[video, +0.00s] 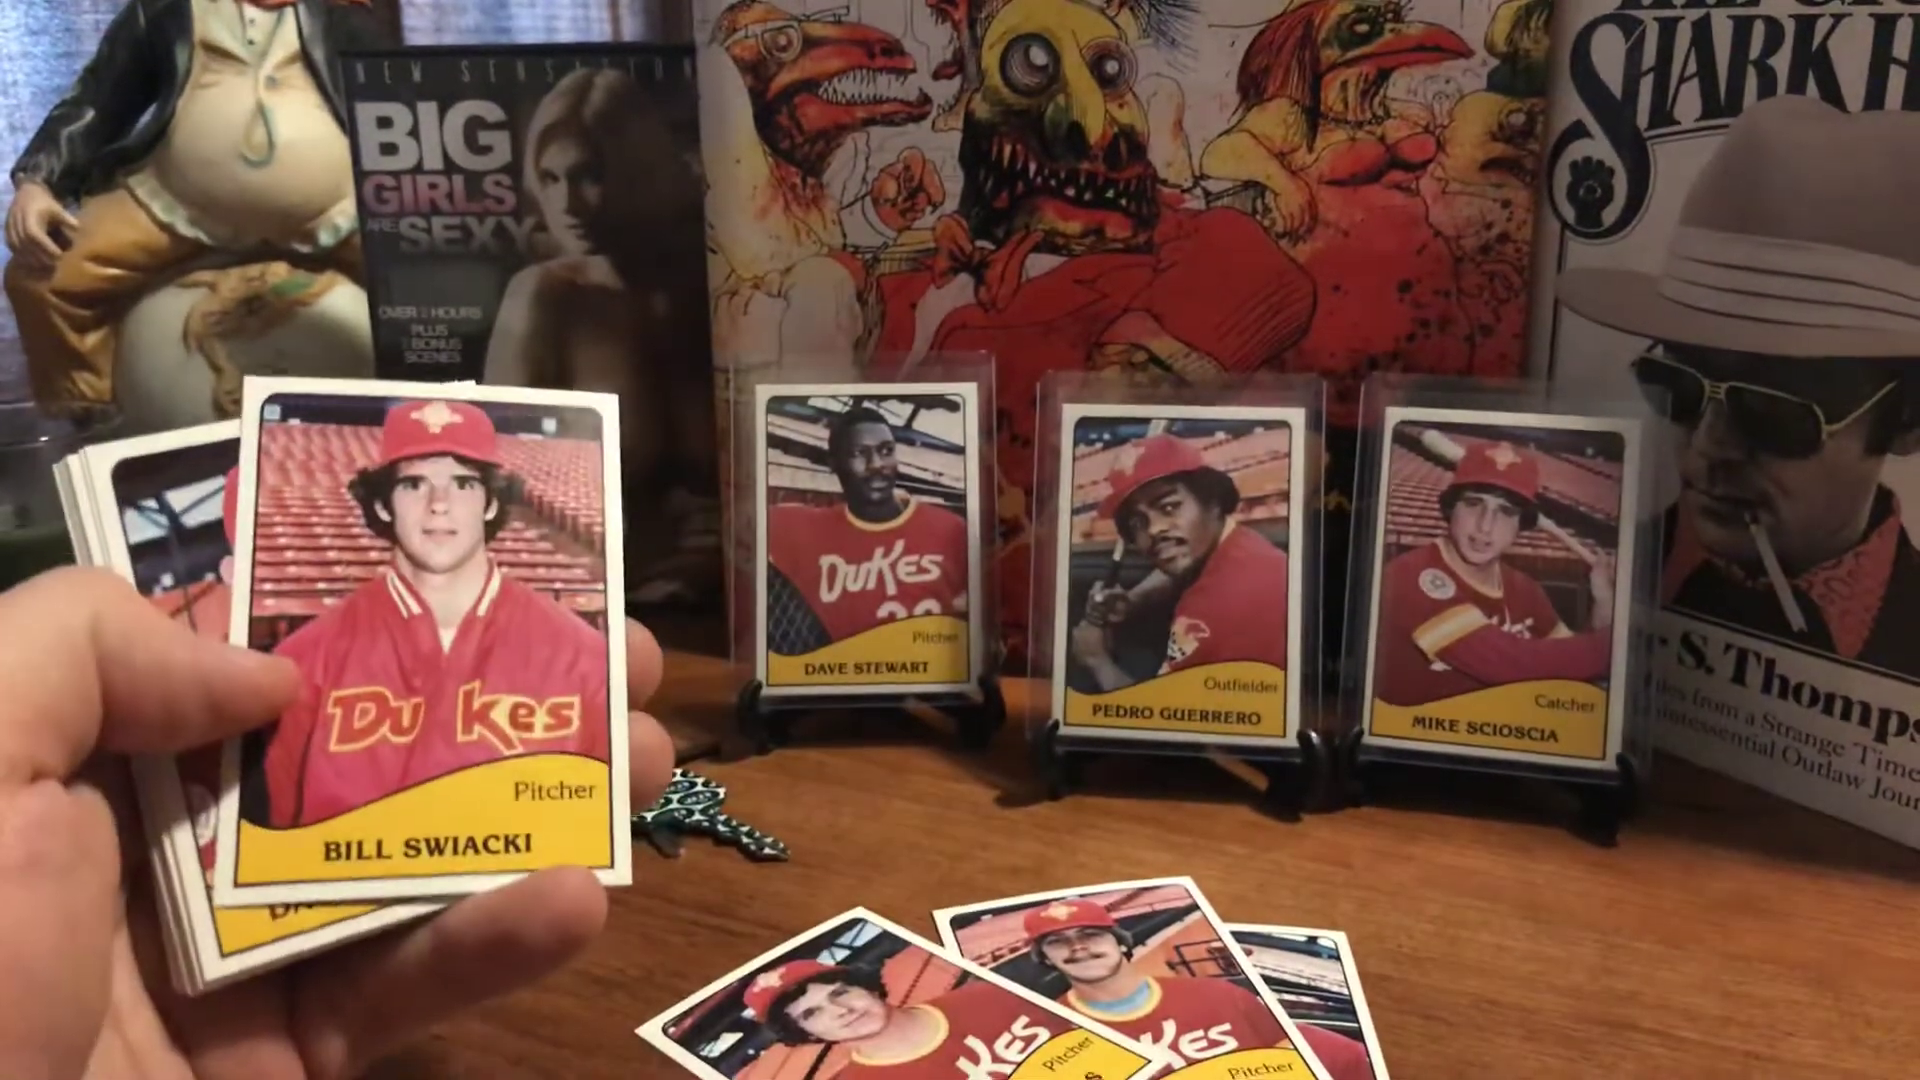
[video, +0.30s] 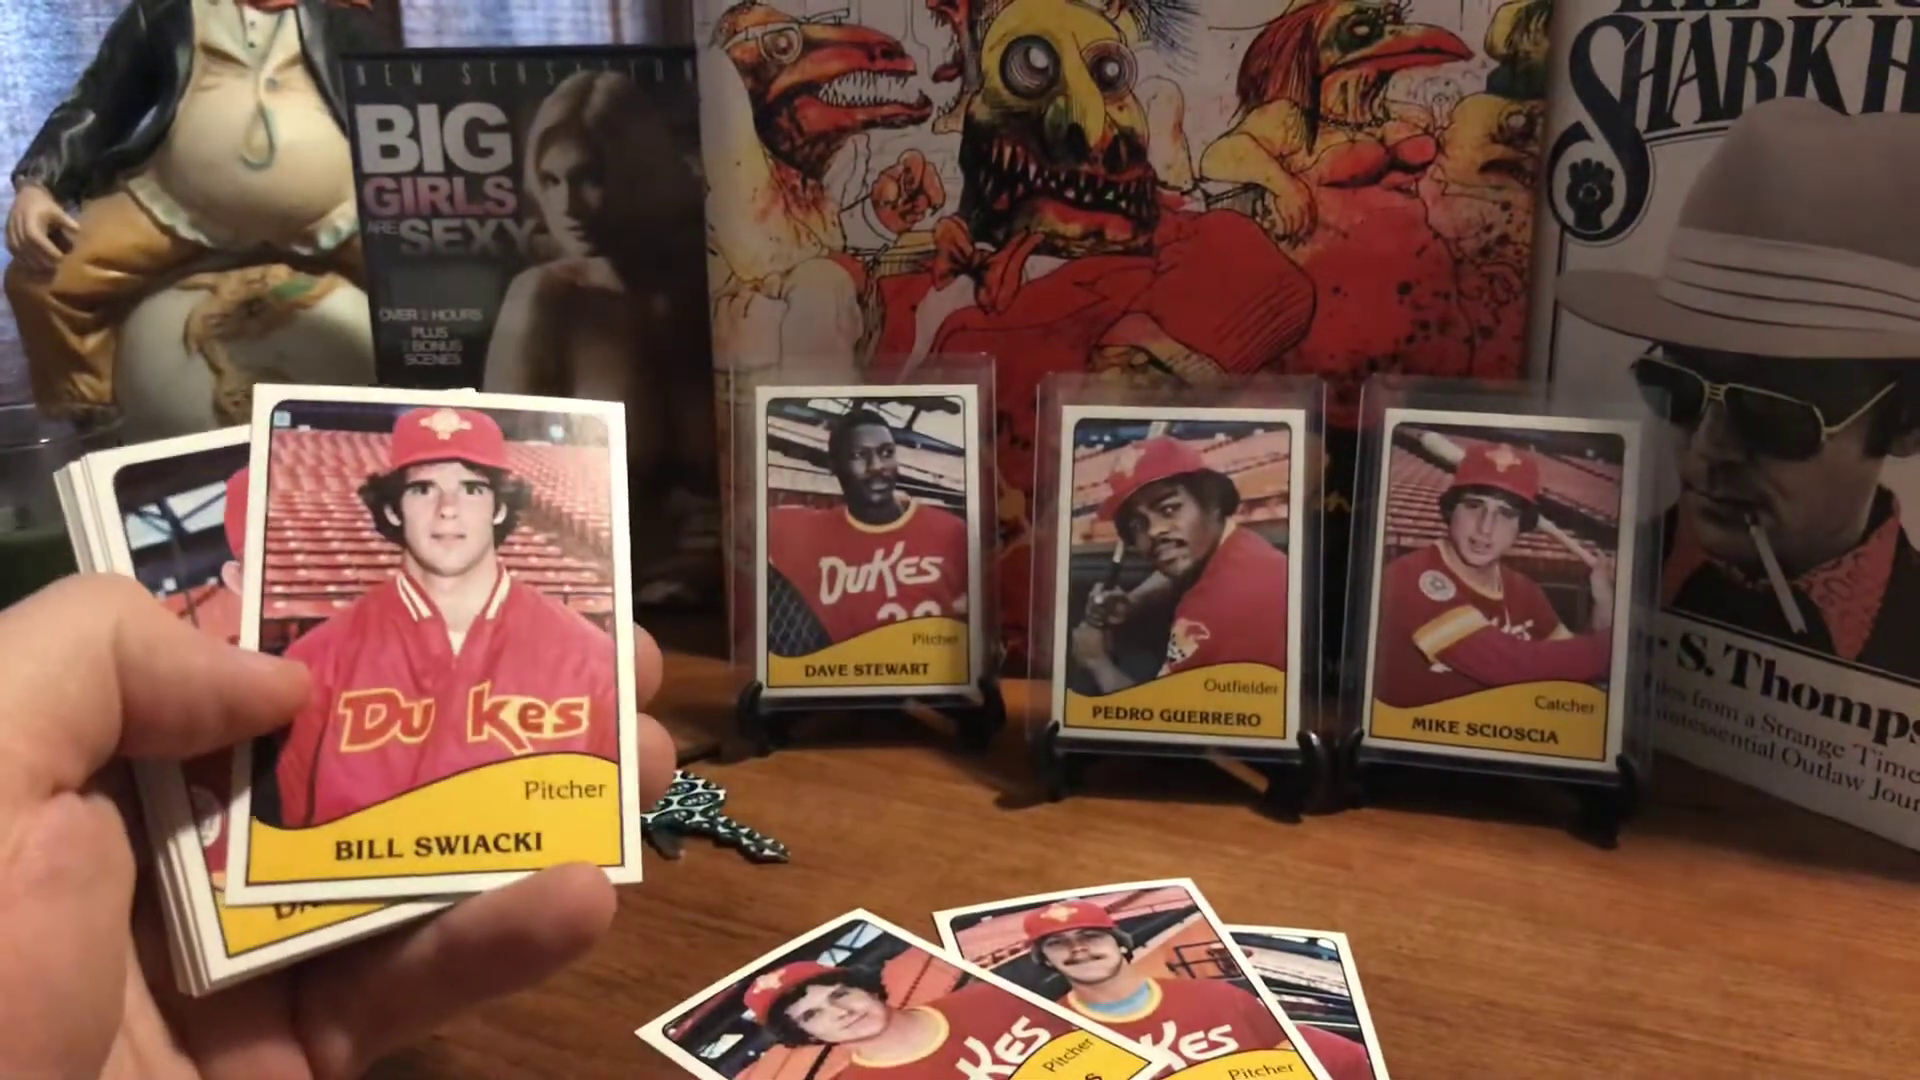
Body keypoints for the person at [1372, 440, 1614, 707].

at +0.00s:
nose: (1485, 525)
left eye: (1505, 511)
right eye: (1473, 503)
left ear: (1520, 525)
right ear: (1450, 507)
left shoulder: (1523, 590)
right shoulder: (1414, 576)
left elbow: (1578, 670)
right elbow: (1504, 664)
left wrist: (1604, 606)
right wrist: (1617, 640)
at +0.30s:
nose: (1485, 527)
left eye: (1504, 513)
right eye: (1474, 506)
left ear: (1520, 527)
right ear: (1450, 509)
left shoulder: (1523, 591)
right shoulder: (1414, 578)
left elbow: (1577, 671)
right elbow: (1505, 665)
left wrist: (1604, 607)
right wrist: (1616, 643)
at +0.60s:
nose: (1485, 527)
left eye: (1504, 513)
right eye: (1474, 506)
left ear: (1520, 527)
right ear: (1450, 510)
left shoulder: (1522, 592)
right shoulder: (1413, 578)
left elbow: (1576, 674)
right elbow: (1505, 665)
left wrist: (1603, 608)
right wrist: (1618, 640)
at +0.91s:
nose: (1485, 525)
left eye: (1504, 511)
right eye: (1474, 504)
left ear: (1519, 526)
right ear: (1450, 509)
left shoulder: (1523, 590)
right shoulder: (1413, 576)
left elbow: (1576, 671)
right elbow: (1504, 663)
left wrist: (1603, 606)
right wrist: (1617, 640)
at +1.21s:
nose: (1484, 525)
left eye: (1504, 511)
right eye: (1473, 504)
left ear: (1519, 526)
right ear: (1450, 508)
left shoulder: (1523, 591)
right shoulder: (1413, 577)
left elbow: (1576, 673)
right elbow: (1505, 663)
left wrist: (1603, 606)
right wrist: (1616, 640)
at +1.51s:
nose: (1484, 526)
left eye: (1504, 512)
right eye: (1474, 504)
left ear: (1519, 527)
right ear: (1449, 508)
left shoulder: (1522, 591)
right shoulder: (1413, 577)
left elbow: (1578, 667)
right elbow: (1503, 663)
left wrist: (1603, 606)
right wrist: (1616, 640)